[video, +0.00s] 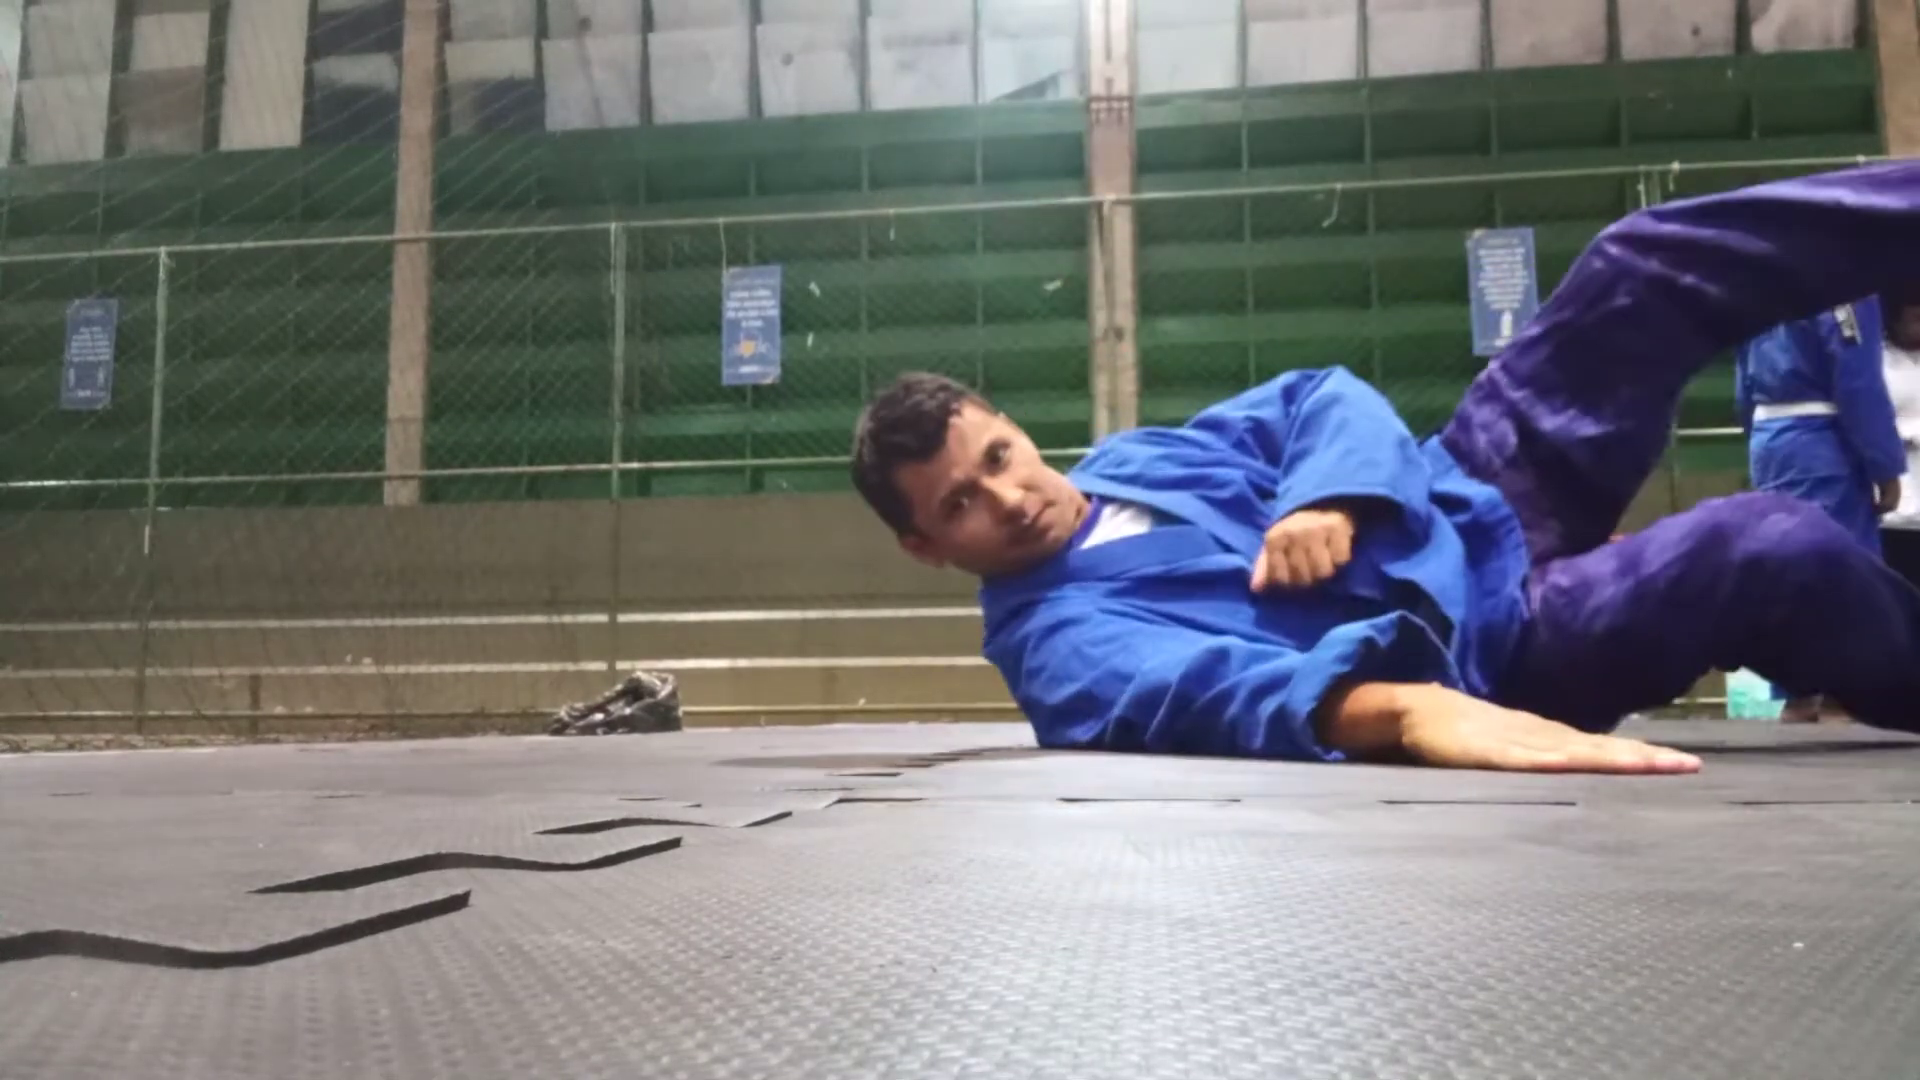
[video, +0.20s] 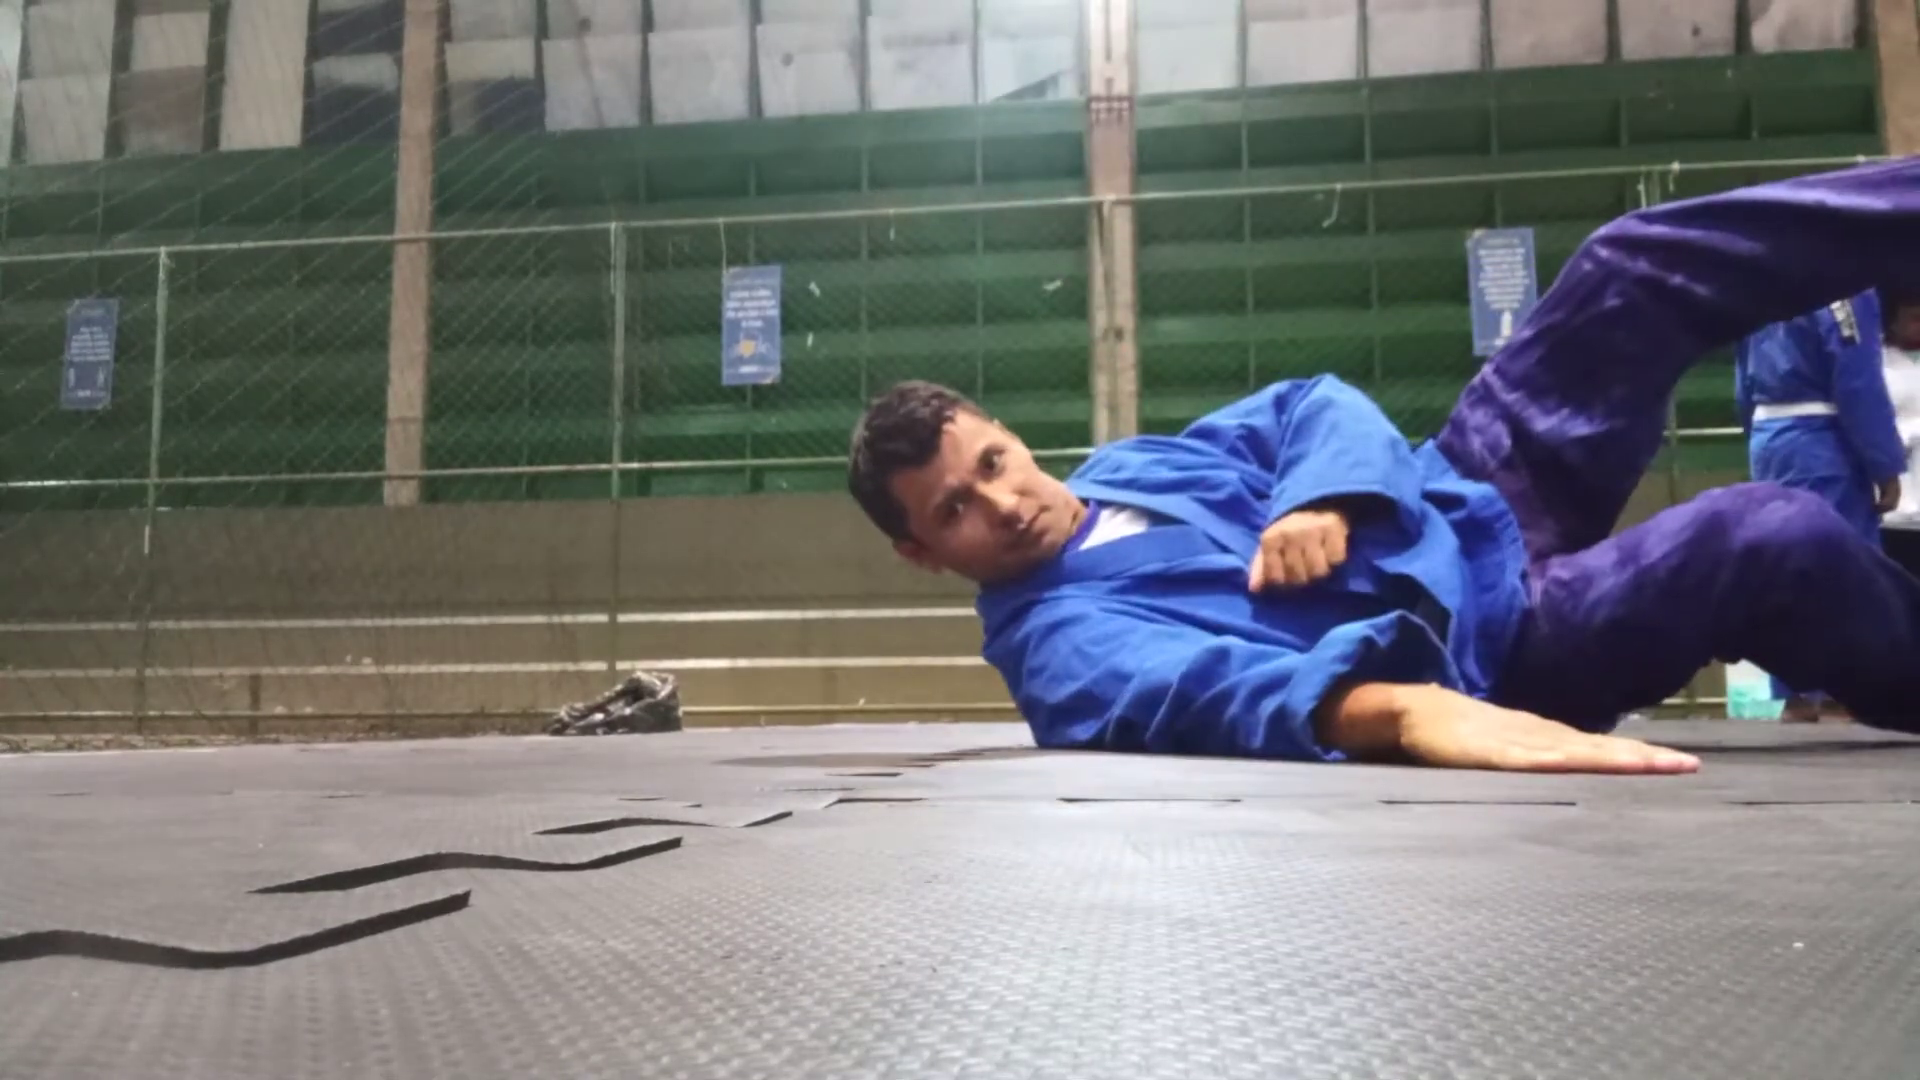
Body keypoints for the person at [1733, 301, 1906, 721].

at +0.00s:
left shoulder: (1759, 287)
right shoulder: (1843, 282)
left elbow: (1746, 386)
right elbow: (1858, 385)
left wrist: (1763, 436)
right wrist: (1887, 465)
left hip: (1766, 435)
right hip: (1821, 434)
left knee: (1787, 560)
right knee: (1843, 567)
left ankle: (1799, 695)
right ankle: (1838, 696)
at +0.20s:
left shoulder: (1762, 288)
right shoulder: (1846, 286)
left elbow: (1746, 383)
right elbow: (1857, 385)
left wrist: (1763, 433)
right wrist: (1886, 465)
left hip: (1767, 436)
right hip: (1820, 435)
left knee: (1784, 560)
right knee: (1840, 566)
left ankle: (1797, 695)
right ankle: (1834, 693)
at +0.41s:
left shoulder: (1760, 292)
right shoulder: (1846, 289)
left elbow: (1745, 386)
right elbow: (1858, 387)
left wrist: (1763, 435)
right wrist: (1888, 465)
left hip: (1767, 438)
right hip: (1823, 437)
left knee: (1782, 560)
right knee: (1836, 566)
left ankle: (1795, 695)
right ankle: (1832, 694)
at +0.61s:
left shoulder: (1762, 289)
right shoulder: (1846, 288)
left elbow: (1746, 384)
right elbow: (1858, 384)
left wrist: (1763, 434)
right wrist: (1889, 464)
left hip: (1768, 437)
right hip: (1824, 437)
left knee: (1783, 560)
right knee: (1838, 565)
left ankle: (1795, 695)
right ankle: (1832, 695)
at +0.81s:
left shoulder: (1761, 288)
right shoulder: (1846, 288)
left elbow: (1745, 383)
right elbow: (1859, 384)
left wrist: (1762, 433)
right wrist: (1889, 463)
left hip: (1768, 436)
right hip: (1823, 436)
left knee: (1784, 557)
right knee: (1836, 563)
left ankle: (1794, 695)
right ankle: (1830, 694)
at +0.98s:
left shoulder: (1759, 292)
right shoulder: (1843, 286)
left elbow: (1745, 385)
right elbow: (1860, 383)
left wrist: (1762, 436)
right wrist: (1888, 464)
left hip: (1767, 436)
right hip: (1824, 435)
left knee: (1785, 559)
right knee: (1835, 564)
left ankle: (1794, 694)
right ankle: (1830, 694)